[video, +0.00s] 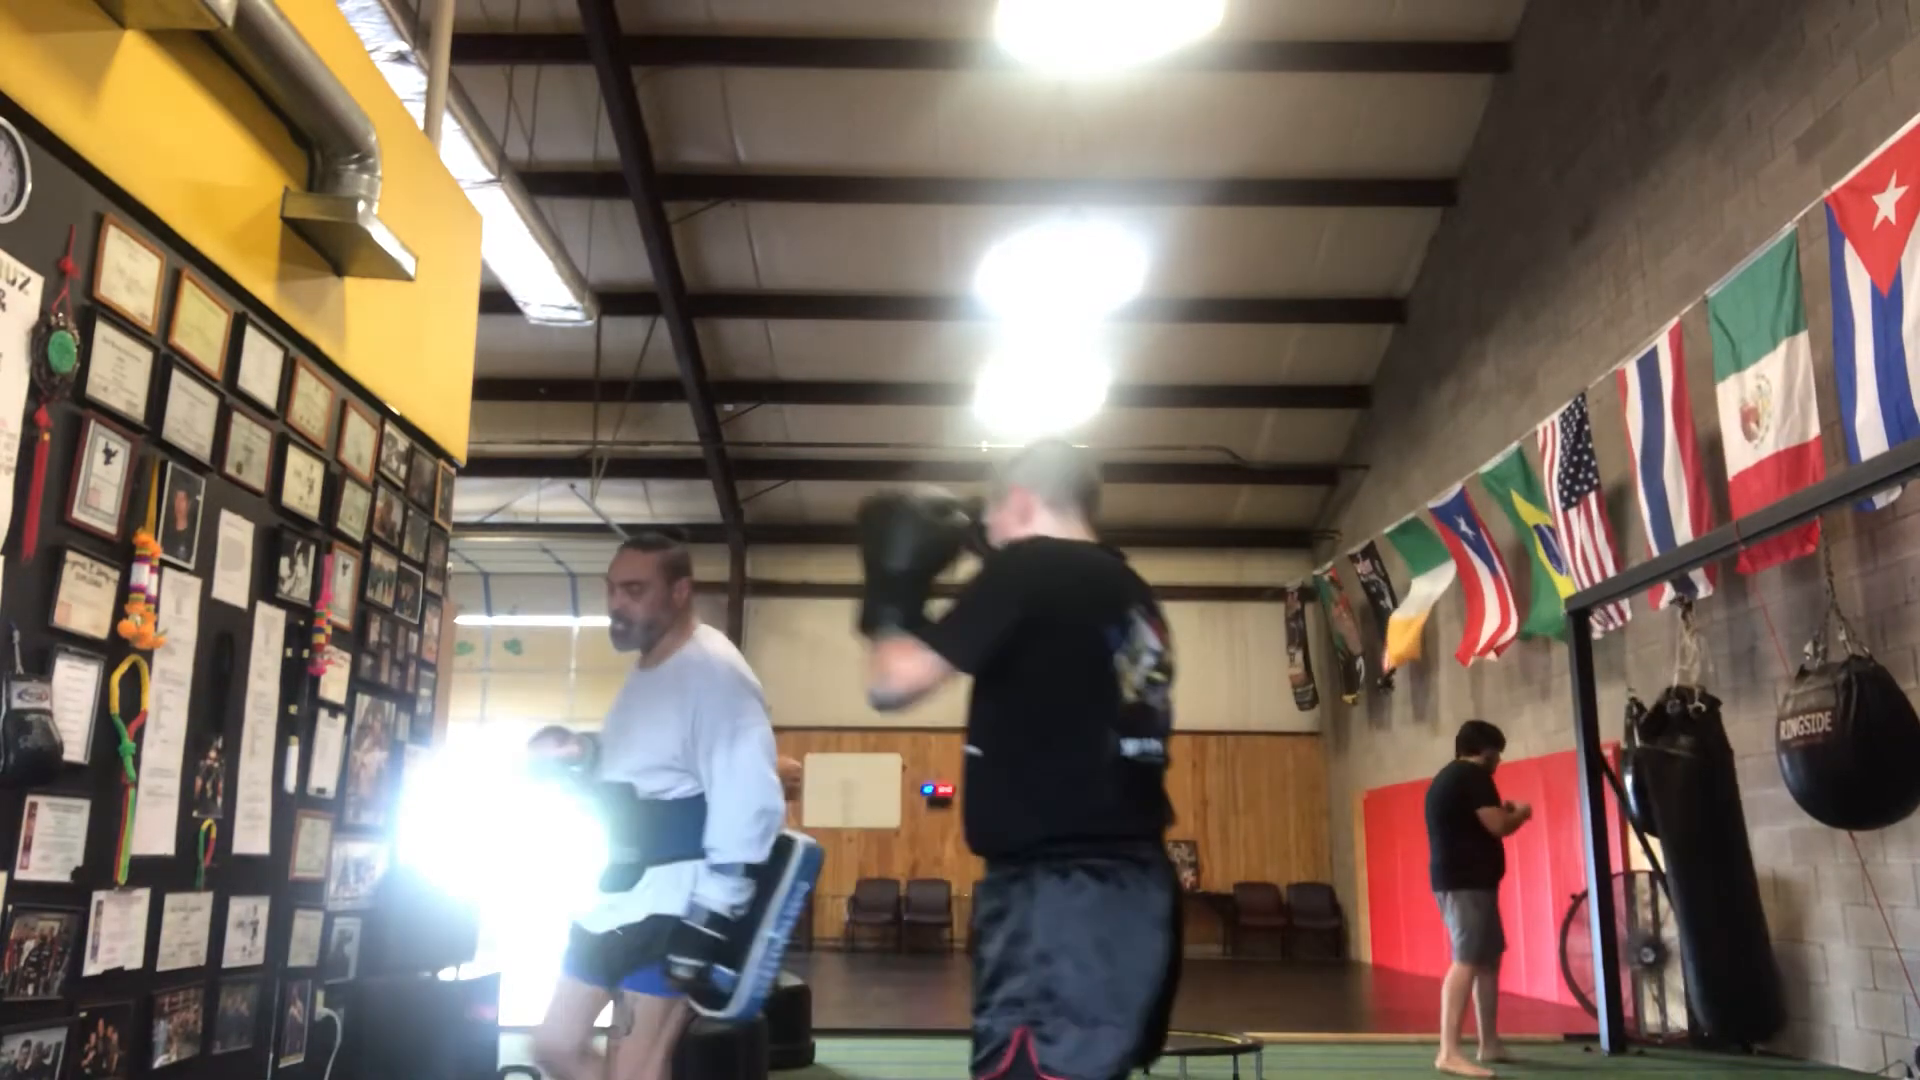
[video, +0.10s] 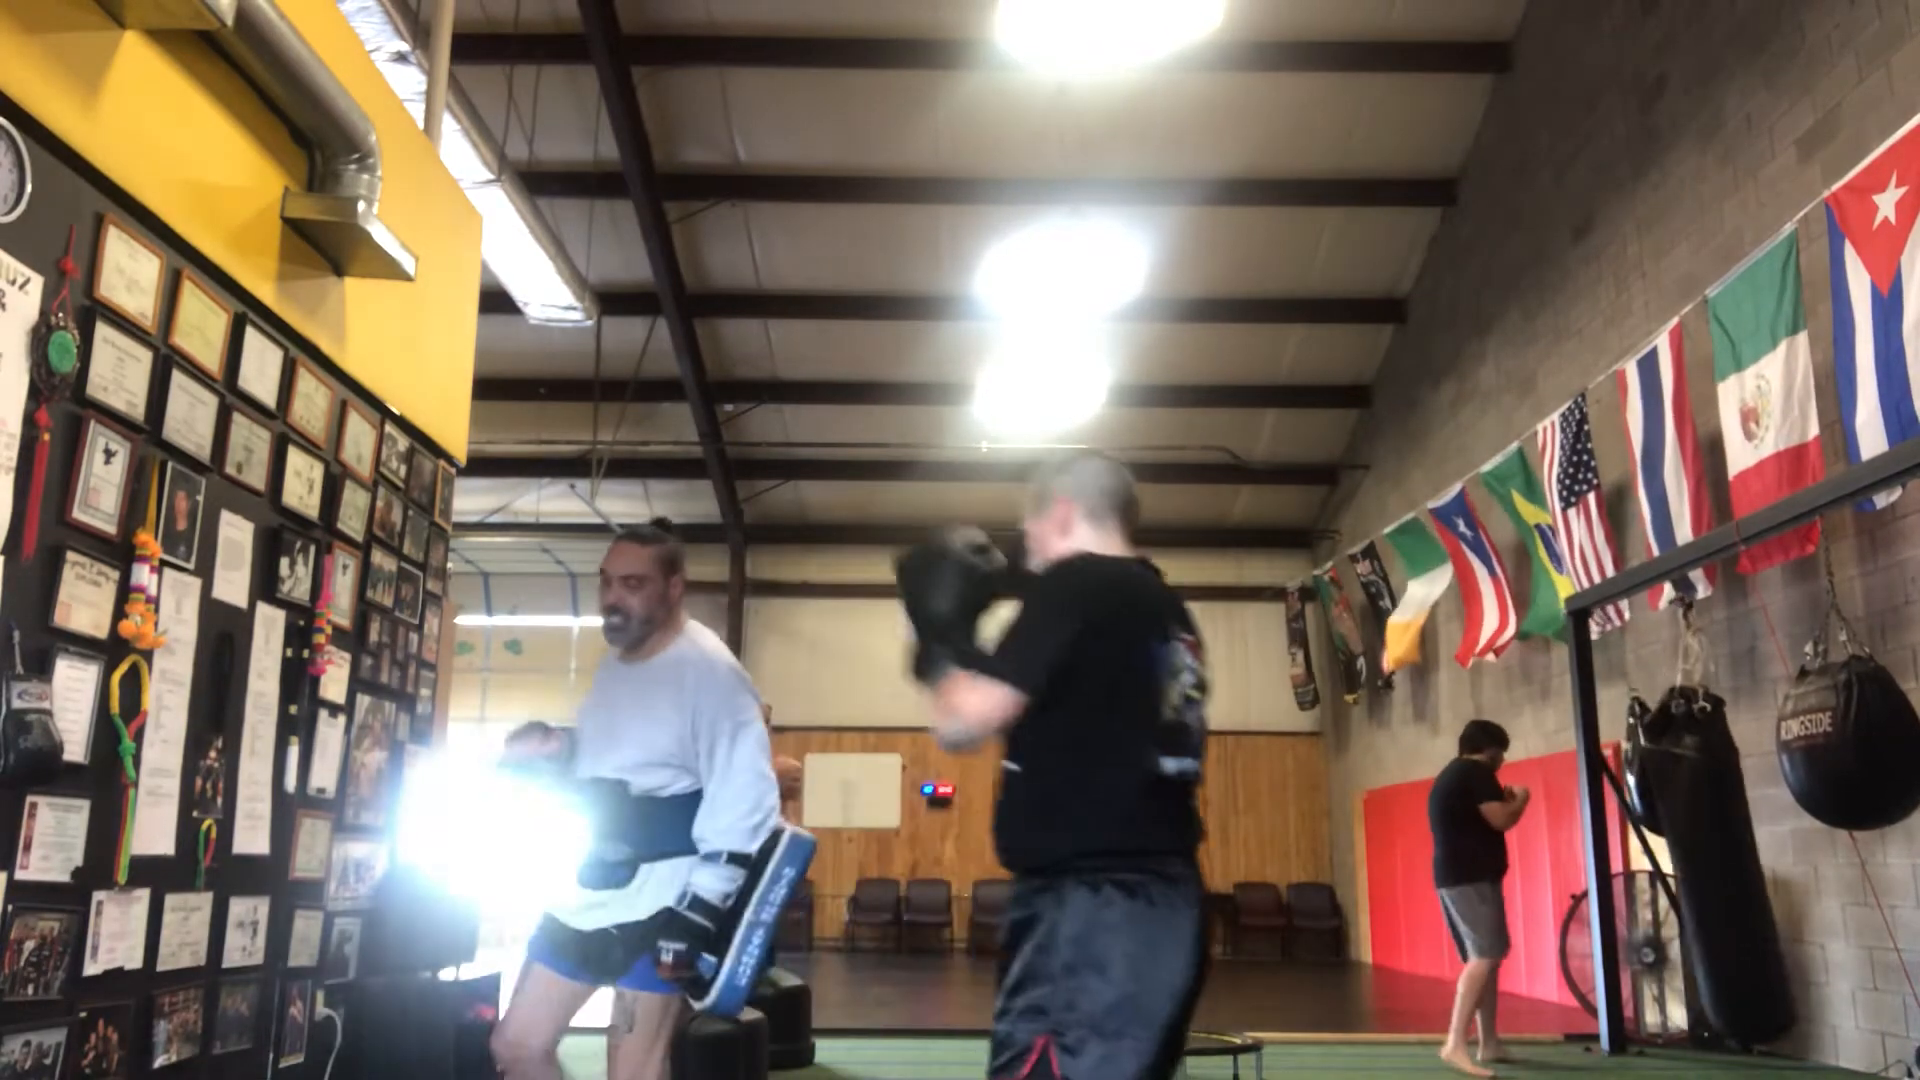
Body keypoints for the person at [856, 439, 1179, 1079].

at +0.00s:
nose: (986, 525)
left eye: (992, 505)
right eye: (988, 509)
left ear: (1023, 502)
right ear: (1081, 504)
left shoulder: (1029, 572)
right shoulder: (1127, 589)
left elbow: (893, 679)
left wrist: (892, 576)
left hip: (1055, 905)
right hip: (1130, 897)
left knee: (1027, 1067)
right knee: (1091, 1066)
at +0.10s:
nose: (1026, 535)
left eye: (1032, 520)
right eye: (1028, 521)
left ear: (1064, 514)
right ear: (1119, 519)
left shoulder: (1076, 588)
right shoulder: (1163, 603)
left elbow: (962, 717)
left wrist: (939, 628)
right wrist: (1015, 583)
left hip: (1088, 913)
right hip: (1159, 907)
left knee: (1042, 1066)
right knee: (1120, 1067)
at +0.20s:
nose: (1070, 565)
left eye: (1074, 545)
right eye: (1070, 548)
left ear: (1108, 534)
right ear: (1155, 537)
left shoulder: (1124, 606)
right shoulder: (1204, 620)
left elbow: (1053, 751)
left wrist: (992, 672)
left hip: (1127, 927)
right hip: (1194, 921)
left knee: (1076, 1066)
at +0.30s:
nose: (1113, 579)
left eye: (1117, 559)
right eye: (1114, 561)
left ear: (1151, 554)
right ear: (1194, 554)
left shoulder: (1175, 630)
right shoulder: (1242, 636)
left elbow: (1127, 782)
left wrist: (1048, 704)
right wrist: (1113, 652)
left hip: (1186, 944)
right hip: (1243, 937)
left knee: (1124, 1067)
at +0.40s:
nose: (1148, 594)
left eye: (1151, 575)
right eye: (1145, 579)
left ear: (1187, 564)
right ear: (1204, 561)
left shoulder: (1223, 633)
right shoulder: (1263, 635)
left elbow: (1191, 791)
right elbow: (1193, 772)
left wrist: (1107, 702)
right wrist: (1132, 694)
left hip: (1246, 944)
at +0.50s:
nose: (1168, 582)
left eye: (1172, 562)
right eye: (1167, 566)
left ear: (1214, 553)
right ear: (1220, 553)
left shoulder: (1266, 617)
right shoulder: (1256, 626)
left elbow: (1209, 764)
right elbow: (1179, 773)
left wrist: (1144, 669)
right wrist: (1133, 669)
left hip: (1300, 925)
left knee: (1248, 1064)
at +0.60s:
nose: (1193, 573)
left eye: (1200, 553)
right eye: (1192, 557)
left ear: (1247, 545)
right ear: (1246, 548)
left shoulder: (1298, 608)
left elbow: (1234, 749)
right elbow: (1225, 779)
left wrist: (1173, 660)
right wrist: (1179, 717)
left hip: (1330, 916)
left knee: (1275, 1063)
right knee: (1273, 1061)